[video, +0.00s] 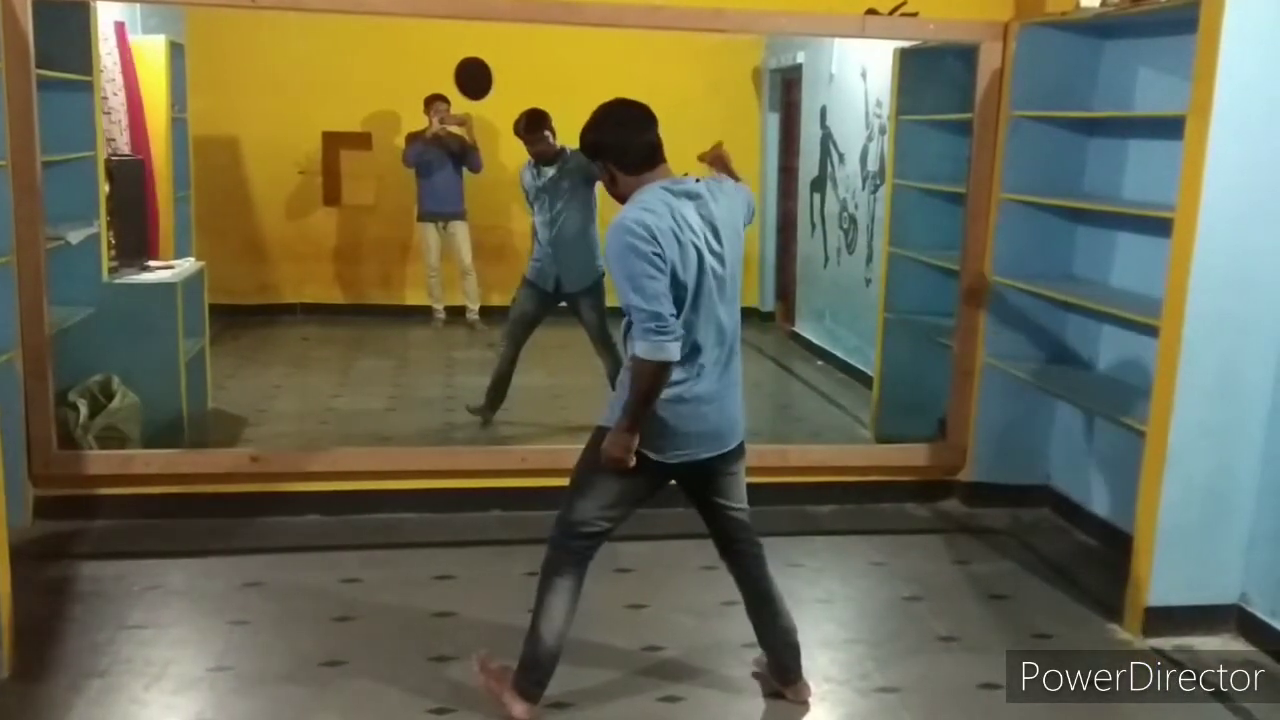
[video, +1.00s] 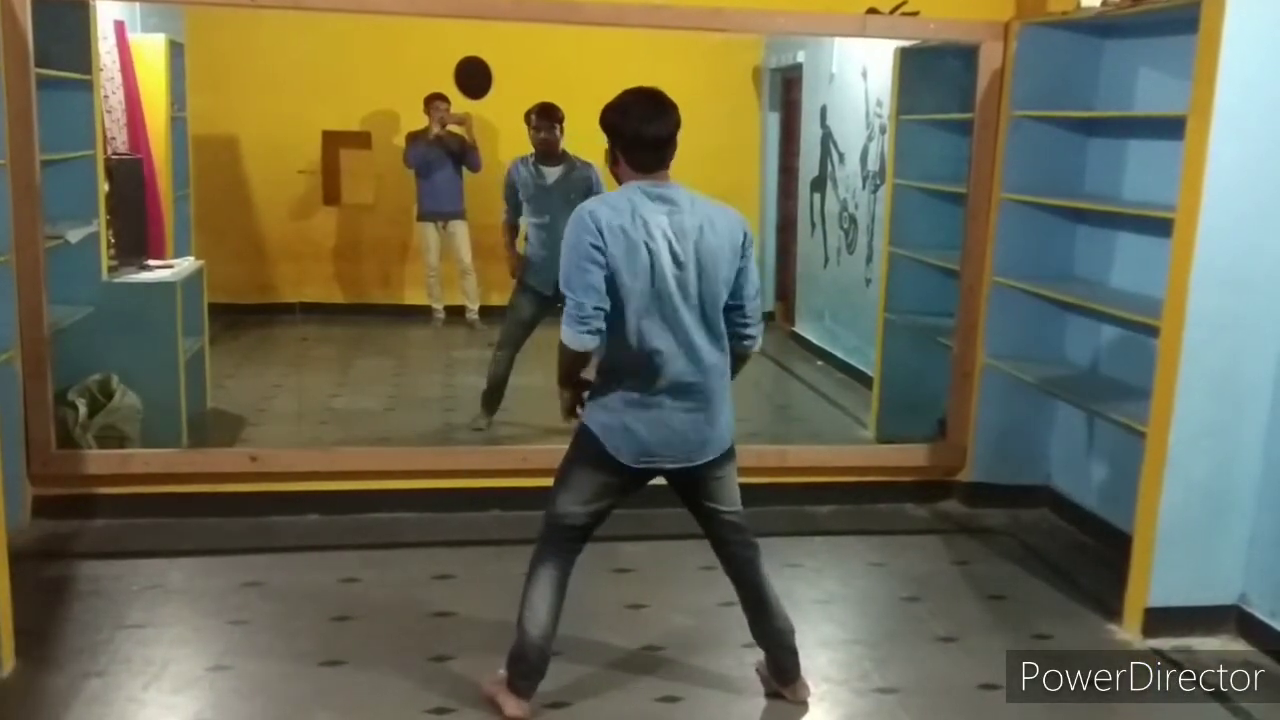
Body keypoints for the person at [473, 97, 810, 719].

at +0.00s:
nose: (598, 181)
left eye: (596, 170)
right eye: (596, 170)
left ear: (608, 171)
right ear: (661, 151)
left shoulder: (631, 229)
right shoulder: (715, 198)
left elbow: (659, 343)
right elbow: (742, 195)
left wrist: (626, 428)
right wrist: (724, 166)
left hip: (654, 420)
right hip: (719, 416)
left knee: (573, 543)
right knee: (740, 541)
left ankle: (525, 686)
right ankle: (789, 676)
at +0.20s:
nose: (598, 180)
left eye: (596, 169)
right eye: (596, 169)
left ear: (607, 169)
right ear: (664, 153)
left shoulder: (630, 230)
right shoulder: (716, 197)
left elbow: (656, 345)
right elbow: (746, 180)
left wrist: (623, 427)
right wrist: (726, 139)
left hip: (652, 421)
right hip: (719, 416)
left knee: (571, 543)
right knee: (741, 540)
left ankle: (525, 686)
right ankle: (789, 677)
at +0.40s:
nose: (600, 174)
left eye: (599, 162)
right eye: (600, 162)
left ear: (610, 165)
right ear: (667, 149)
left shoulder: (627, 231)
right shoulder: (716, 198)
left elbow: (647, 343)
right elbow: (751, 172)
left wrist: (614, 421)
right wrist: (731, 119)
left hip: (651, 421)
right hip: (718, 416)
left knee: (568, 544)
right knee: (742, 546)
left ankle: (525, 685)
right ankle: (788, 676)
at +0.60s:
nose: (603, 165)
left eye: (603, 155)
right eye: (604, 155)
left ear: (612, 159)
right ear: (671, 149)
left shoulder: (620, 226)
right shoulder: (719, 198)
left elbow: (629, 341)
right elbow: (774, 183)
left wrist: (596, 406)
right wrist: (717, 131)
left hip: (644, 419)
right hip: (715, 414)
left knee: (563, 544)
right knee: (740, 545)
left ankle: (523, 686)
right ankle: (787, 676)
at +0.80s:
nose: (603, 155)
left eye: (604, 146)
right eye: (606, 145)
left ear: (612, 150)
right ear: (672, 145)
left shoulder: (605, 225)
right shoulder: (723, 203)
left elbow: (607, 341)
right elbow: (781, 261)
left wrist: (582, 398)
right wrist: (716, 268)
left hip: (633, 423)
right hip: (712, 419)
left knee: (562, 547)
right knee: (741, 549)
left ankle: (521, 685)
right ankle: (786, 676)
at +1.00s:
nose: (607, 153)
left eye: (608, 145)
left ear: (612, 152)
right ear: (675, 148)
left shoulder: (594, 219)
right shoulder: (727, 225)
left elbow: (582, 336)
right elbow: (744, 340)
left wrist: (570, 381)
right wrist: (701, 382)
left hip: (621, 426)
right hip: (705, 426)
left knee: (557, 547)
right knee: (742, 553)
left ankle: (519, 688)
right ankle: (788, 678)